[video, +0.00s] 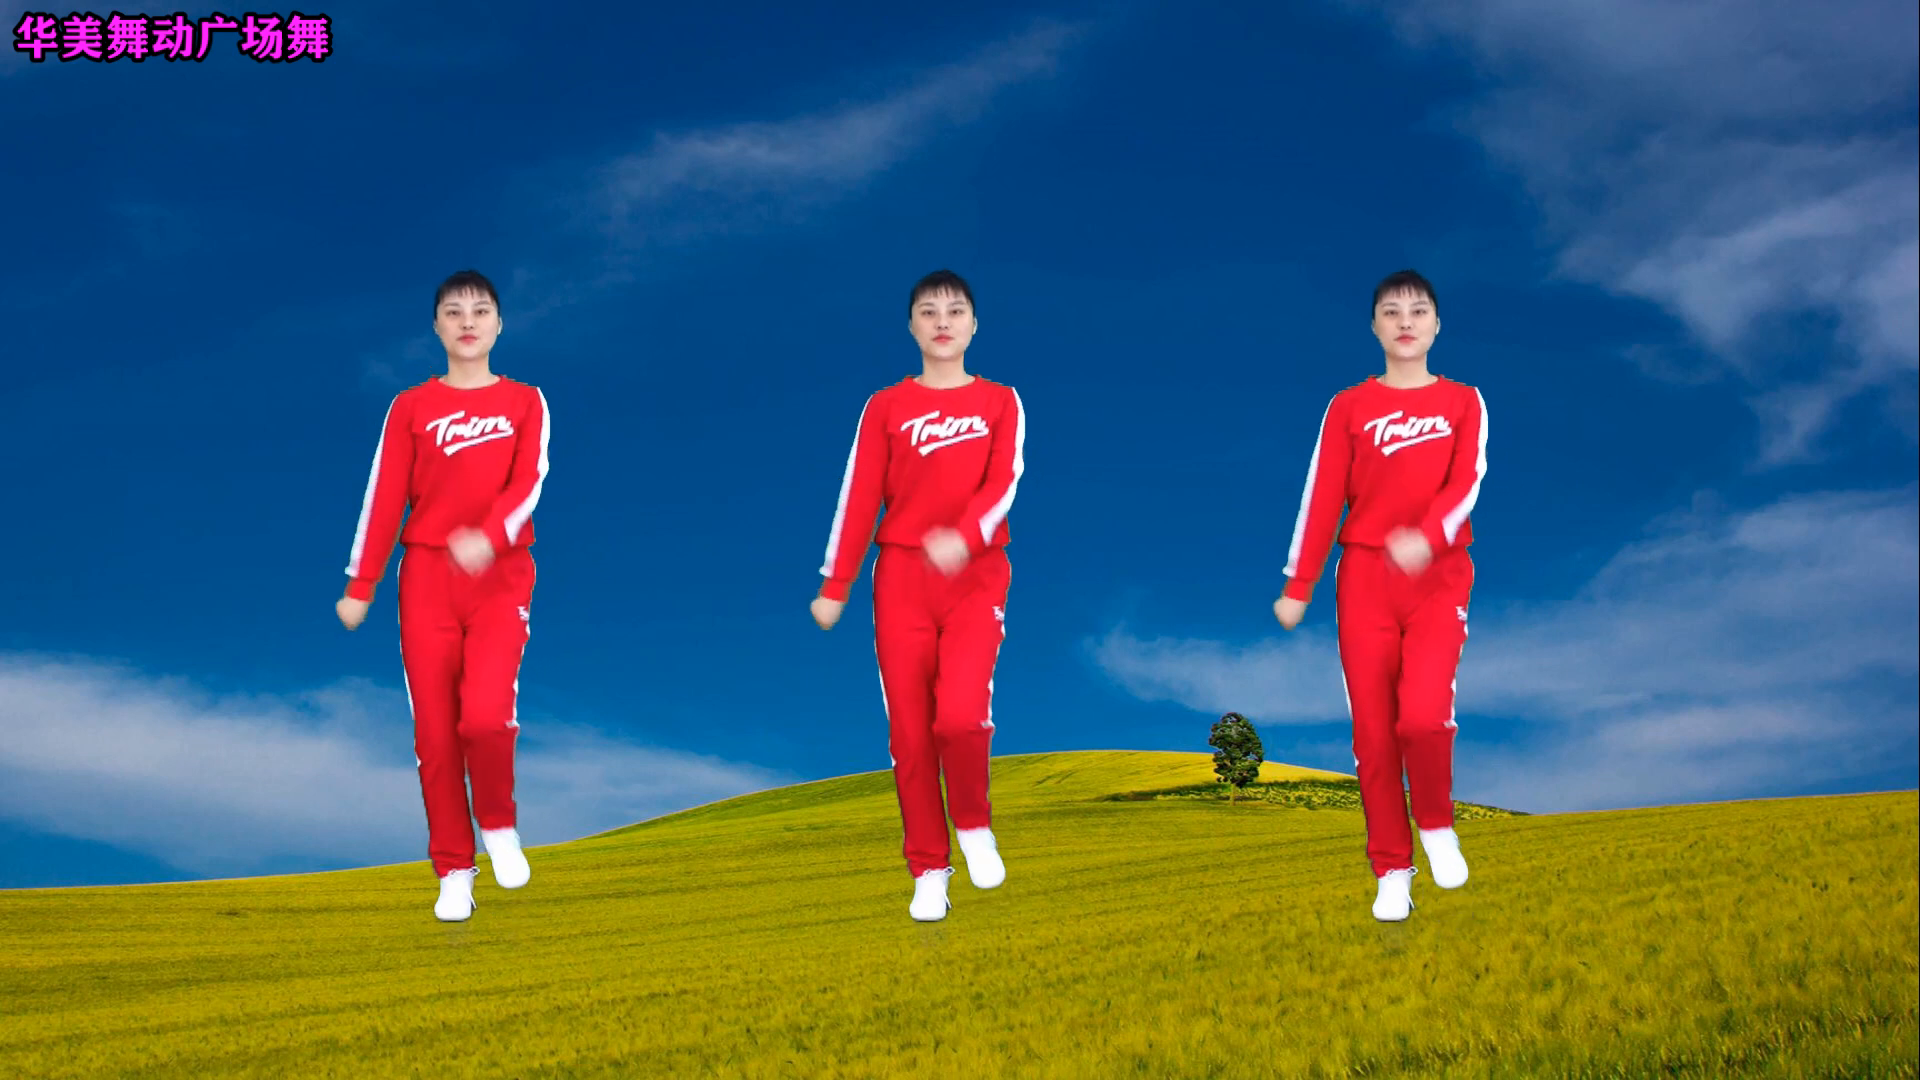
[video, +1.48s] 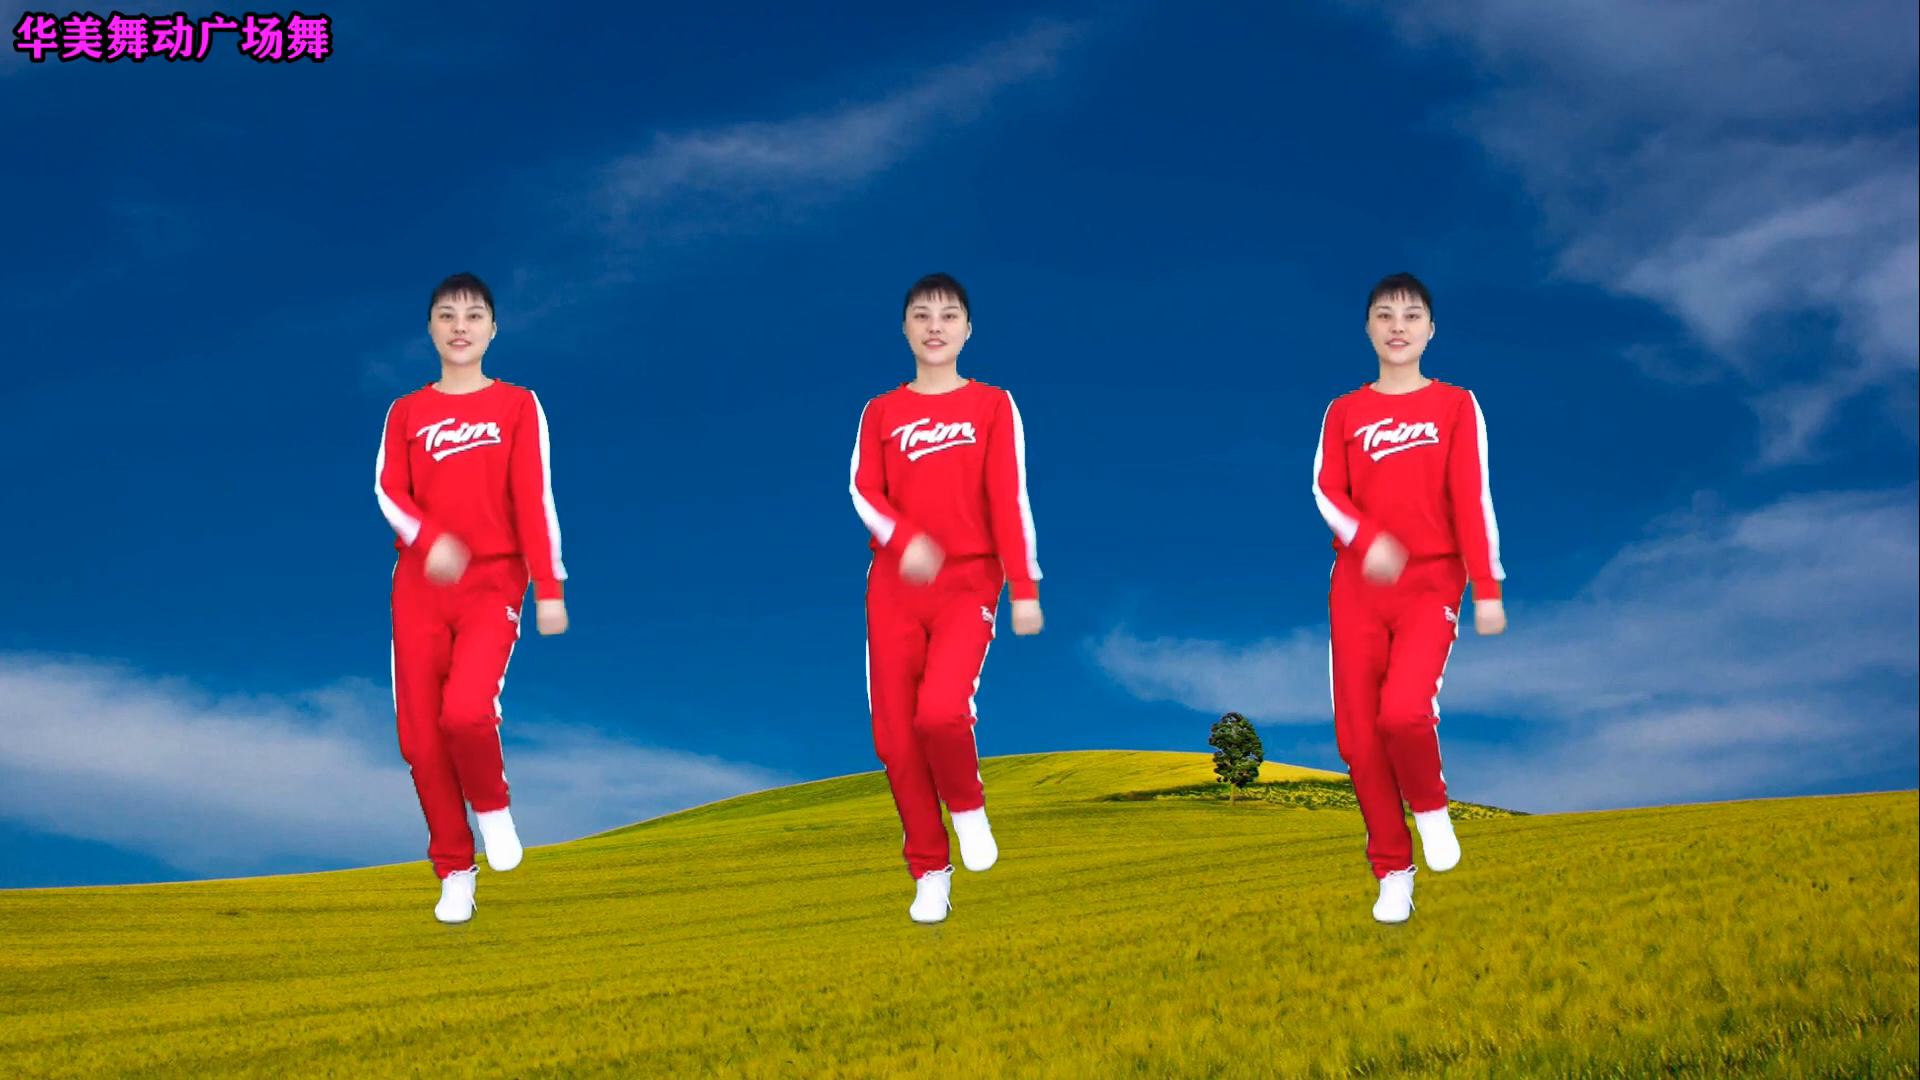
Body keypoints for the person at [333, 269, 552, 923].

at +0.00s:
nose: (467, 323)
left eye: (479, 313)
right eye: (455, 313)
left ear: (497, 323)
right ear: (438, 325)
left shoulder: (526, 402)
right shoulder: (410, 408)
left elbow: (529, 485)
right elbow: (384, 500)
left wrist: (490, 534)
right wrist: (361, 585)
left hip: (501, 581)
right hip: (426, 581)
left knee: (484, 721)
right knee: (434, 731)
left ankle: (498, 824)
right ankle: (453, 866)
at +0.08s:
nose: (465, 328)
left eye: (478, 318)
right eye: (453, 318)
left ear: (495, 330)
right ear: (436, 329)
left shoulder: (523, 407)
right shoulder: (408, 411)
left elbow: (531, 501)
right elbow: (392, 498)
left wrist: (527, 585)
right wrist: (410, 570)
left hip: (497, 583)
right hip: (426, 584)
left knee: (471, 716)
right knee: (424, 735)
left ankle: (492, 810)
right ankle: (452, 867)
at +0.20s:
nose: (464, 310)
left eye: (477, 300)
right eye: (452, 300)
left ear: (494, 312)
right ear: (434, 312)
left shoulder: (522, 390)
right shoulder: (404, 393)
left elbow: (561, 478)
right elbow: (367, 472)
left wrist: (580, 566)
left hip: (499, 566)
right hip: (424, 568)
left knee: (473, 710)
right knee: (430, 723)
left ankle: (489, 819)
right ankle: (454, 863)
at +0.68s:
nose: (471, 323)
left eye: (484, 311)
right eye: (458, 312)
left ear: (501, 321)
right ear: (442, 323)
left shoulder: (532, 399)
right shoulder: (416, 404)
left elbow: (576, 486)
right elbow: (410, 488)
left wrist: (617, 567)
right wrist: (433, 556)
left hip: (522, 573)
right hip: (447, 575)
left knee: (513, 728)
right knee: (460, 721)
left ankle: (495, 869)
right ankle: (457, 838)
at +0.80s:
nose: (473, 326)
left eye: (484, 315)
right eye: (459, 317)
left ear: (502, 325)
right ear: (444, 330)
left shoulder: (534, 406)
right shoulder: (420, 410)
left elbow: (554, 495)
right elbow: (400, 504)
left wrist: (538, 568)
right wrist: (388, 593)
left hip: (523, 579)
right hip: (447, 580)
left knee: (522, 731)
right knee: (475, 703)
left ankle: (496, 869)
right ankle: (462, 805)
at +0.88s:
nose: (472, 313)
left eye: (483, 302)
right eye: (459, 304)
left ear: (502, 312)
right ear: (442, 318)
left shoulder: (534, 391)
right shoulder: (418, 399)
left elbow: (563, 474)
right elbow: (378, 485)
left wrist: (511, 498)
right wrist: (350, 570)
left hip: (524, 573)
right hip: (447, 571)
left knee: (517, 724)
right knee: (475, 696)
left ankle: (497, 868)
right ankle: (466, 807)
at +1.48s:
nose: (461, 326)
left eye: (473, 316)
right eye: (448, 316)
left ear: (491, 328)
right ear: (431, 329)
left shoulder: (519, 404)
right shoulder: (405, 411)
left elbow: (535, 498)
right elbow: (389, 493)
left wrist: (549, 589)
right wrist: (428, 539)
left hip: (493, 584)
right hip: (419, 587)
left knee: (465, 714)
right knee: (418, 736)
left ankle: (491, 808)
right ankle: (455, 866)